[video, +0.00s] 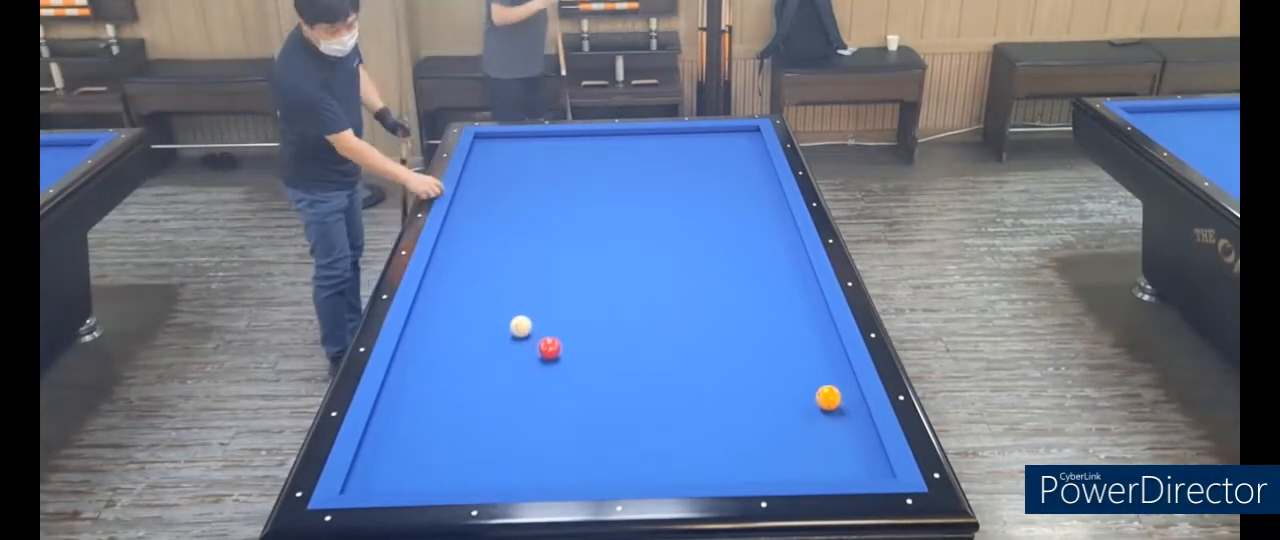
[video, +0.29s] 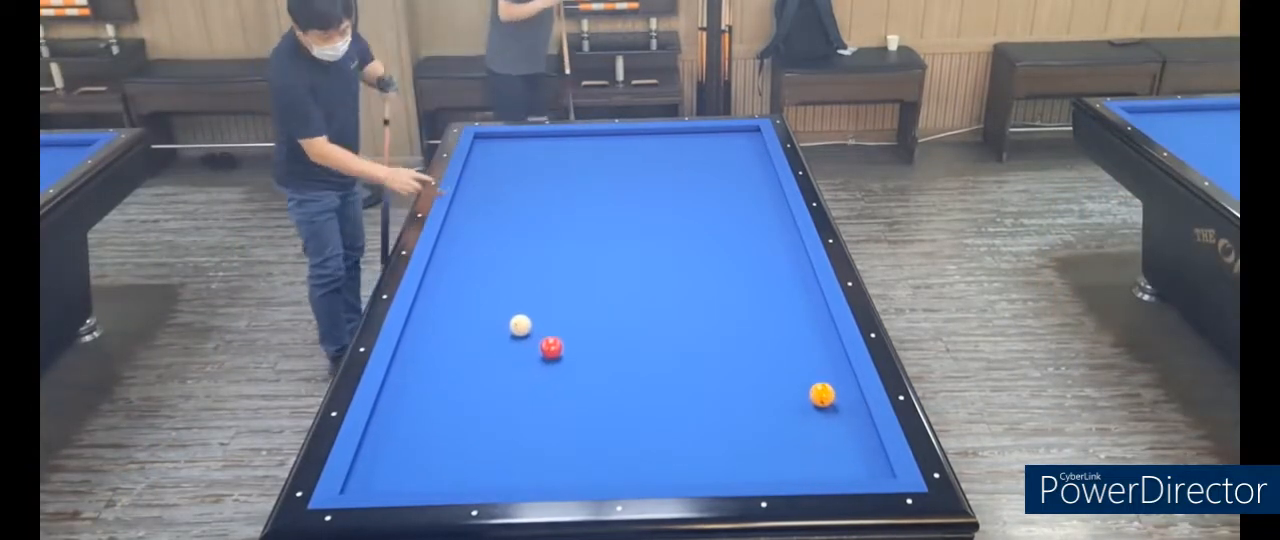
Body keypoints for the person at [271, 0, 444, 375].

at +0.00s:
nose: (344, 37)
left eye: (349, 26)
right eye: (332, 31)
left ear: (355, 14)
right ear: (307, 26)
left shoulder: (342, 37)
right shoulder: (297, 74)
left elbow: (356, 74)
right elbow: (347, 146)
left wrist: (383, 113)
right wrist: (408, 177)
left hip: (346, 177)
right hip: (316, 187)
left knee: (351, 257)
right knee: (332, 268)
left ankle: (354, 328)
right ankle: (338, 353)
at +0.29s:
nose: (338, 45)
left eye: (343, 34)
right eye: (326, 40)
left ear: (348, 18)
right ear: (300, 31)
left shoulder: (349, 36)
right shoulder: (288, 68)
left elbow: (366, 65)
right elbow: (316, 148)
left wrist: (381, 78)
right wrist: (385, 174)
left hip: (346, 177)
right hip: (309, 185)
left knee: (351, 258)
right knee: (327, 267)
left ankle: (353, 331)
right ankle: (338, 352)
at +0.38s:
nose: (330, 42)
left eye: (334, 32)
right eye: (318, 37)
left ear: (342, 16)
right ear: (293, 31)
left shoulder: (351, 32)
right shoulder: (276, 62)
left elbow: (378, 63)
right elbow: (279, 148)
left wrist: (387, 70)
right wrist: (348, 177)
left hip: (350, 178)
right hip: (306, 186)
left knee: (351, 261)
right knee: (323, 272)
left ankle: (354, 336)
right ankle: (338, 354)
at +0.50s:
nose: (318, 41)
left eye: (322, 31)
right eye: (305, 37)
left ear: (329, 15)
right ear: (280, 31)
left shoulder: (349, 33)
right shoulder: (262, 63)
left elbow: (399, 76)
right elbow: (244, 142)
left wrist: (394, 69)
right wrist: (299, 192)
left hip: (351, 176)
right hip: (300, 187)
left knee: (355, 263)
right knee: (314, 272)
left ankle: (354, 337)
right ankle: (333, 350)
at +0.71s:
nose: (308, 60)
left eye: (312, 50)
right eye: (295, 56)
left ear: (317, 34)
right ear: (270, 50)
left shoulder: (343, 53)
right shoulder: (250, 74)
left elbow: (390, 96)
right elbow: (221, 135)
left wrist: (401, 118)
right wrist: (259, 185)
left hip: (354, 185)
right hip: (298, 195)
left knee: (379, 260)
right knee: (310, 277)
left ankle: (363, 338)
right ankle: (332, 352)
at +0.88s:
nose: (314, 85)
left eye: (319, 75)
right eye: (302, 81)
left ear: (324, 59)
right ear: (275, 73)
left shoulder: (350, 78)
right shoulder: (249, 81)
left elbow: (394, 130)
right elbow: (225, 123)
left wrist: (402, 176)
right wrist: (252, 173)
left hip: (359, 188)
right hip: (300, 194)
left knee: (383, 269)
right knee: (309, 276)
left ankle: (414, 341)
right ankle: (332, 353)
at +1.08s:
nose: (327, 129)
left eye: (334, 121)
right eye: (317, 123)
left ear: (347, 102)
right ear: (296, 107)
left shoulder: (366, 107)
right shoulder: (275, 89)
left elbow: (409, 170)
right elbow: (242, 104)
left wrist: (421, 226)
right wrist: (258, 162)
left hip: (372, 190)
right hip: (315, 190)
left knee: (388, 268)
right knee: (316, 275)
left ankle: (412, 350)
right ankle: (332, 352)